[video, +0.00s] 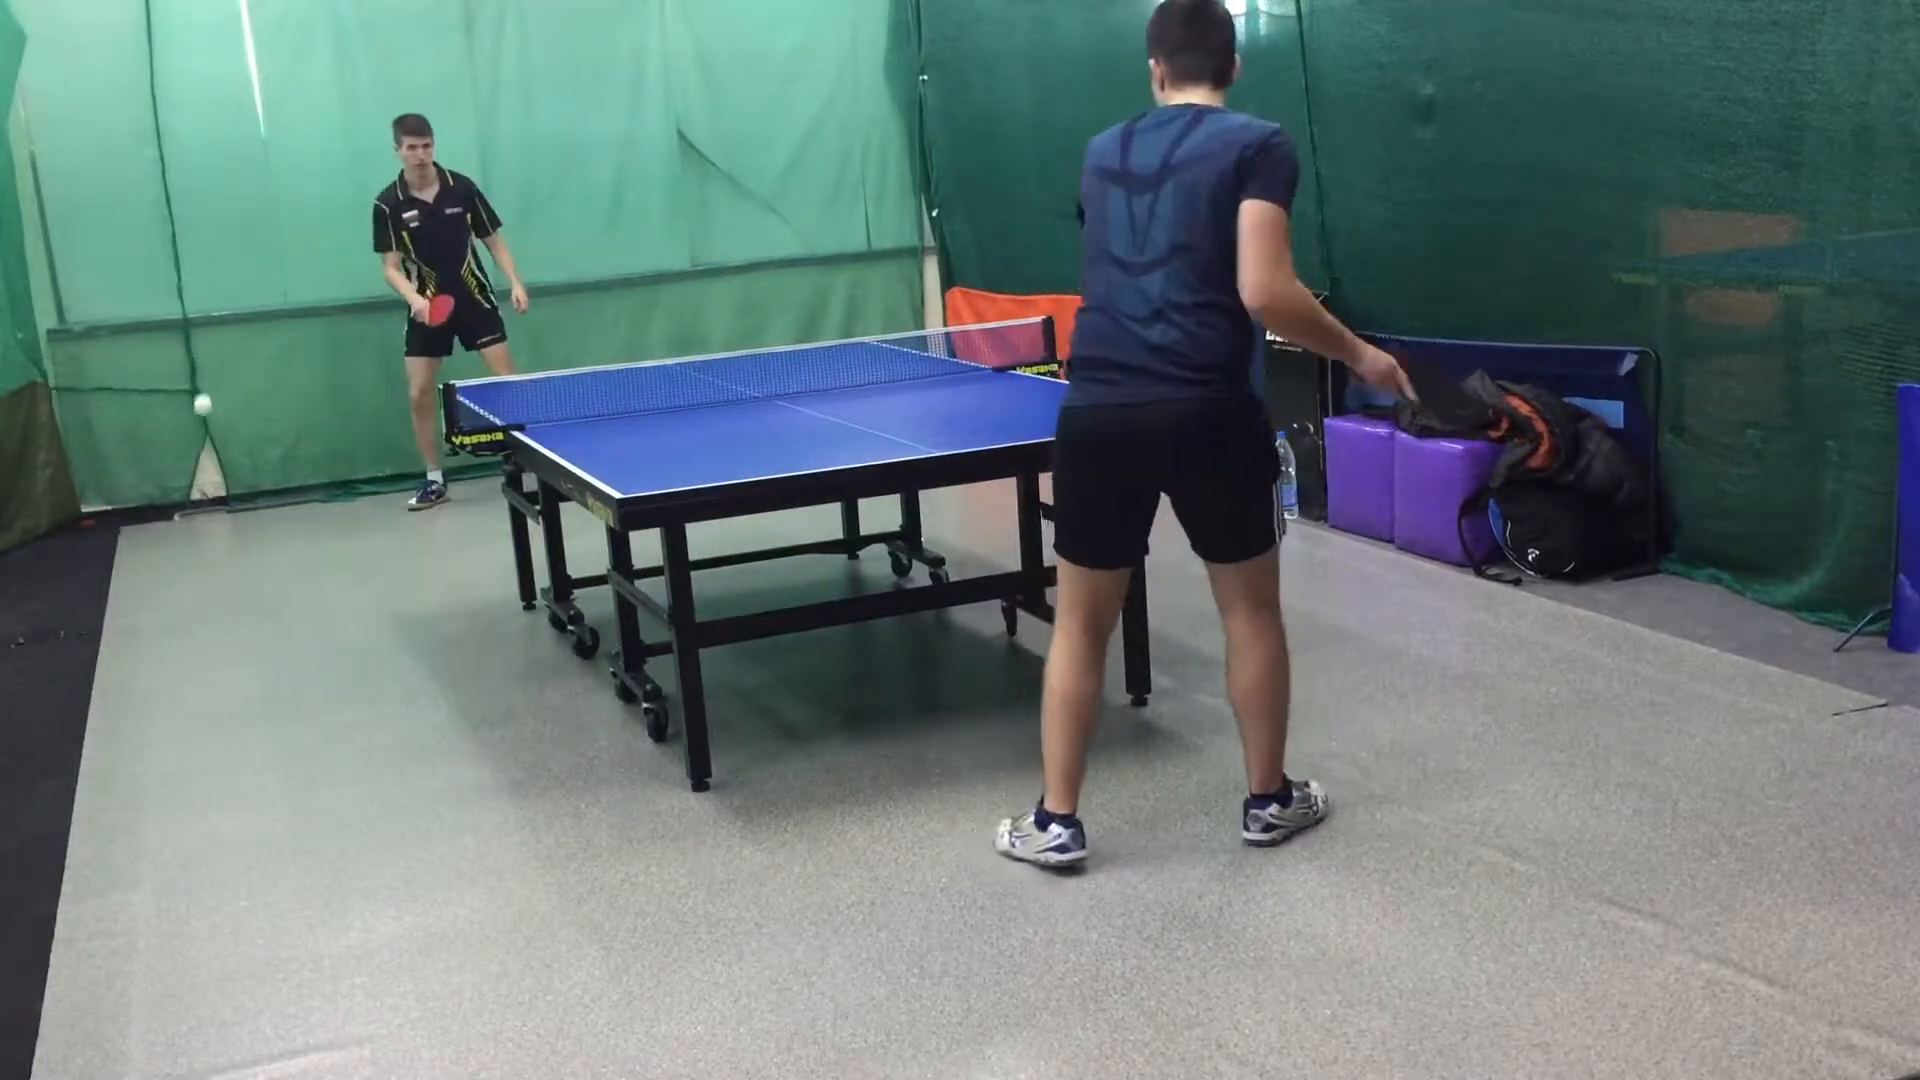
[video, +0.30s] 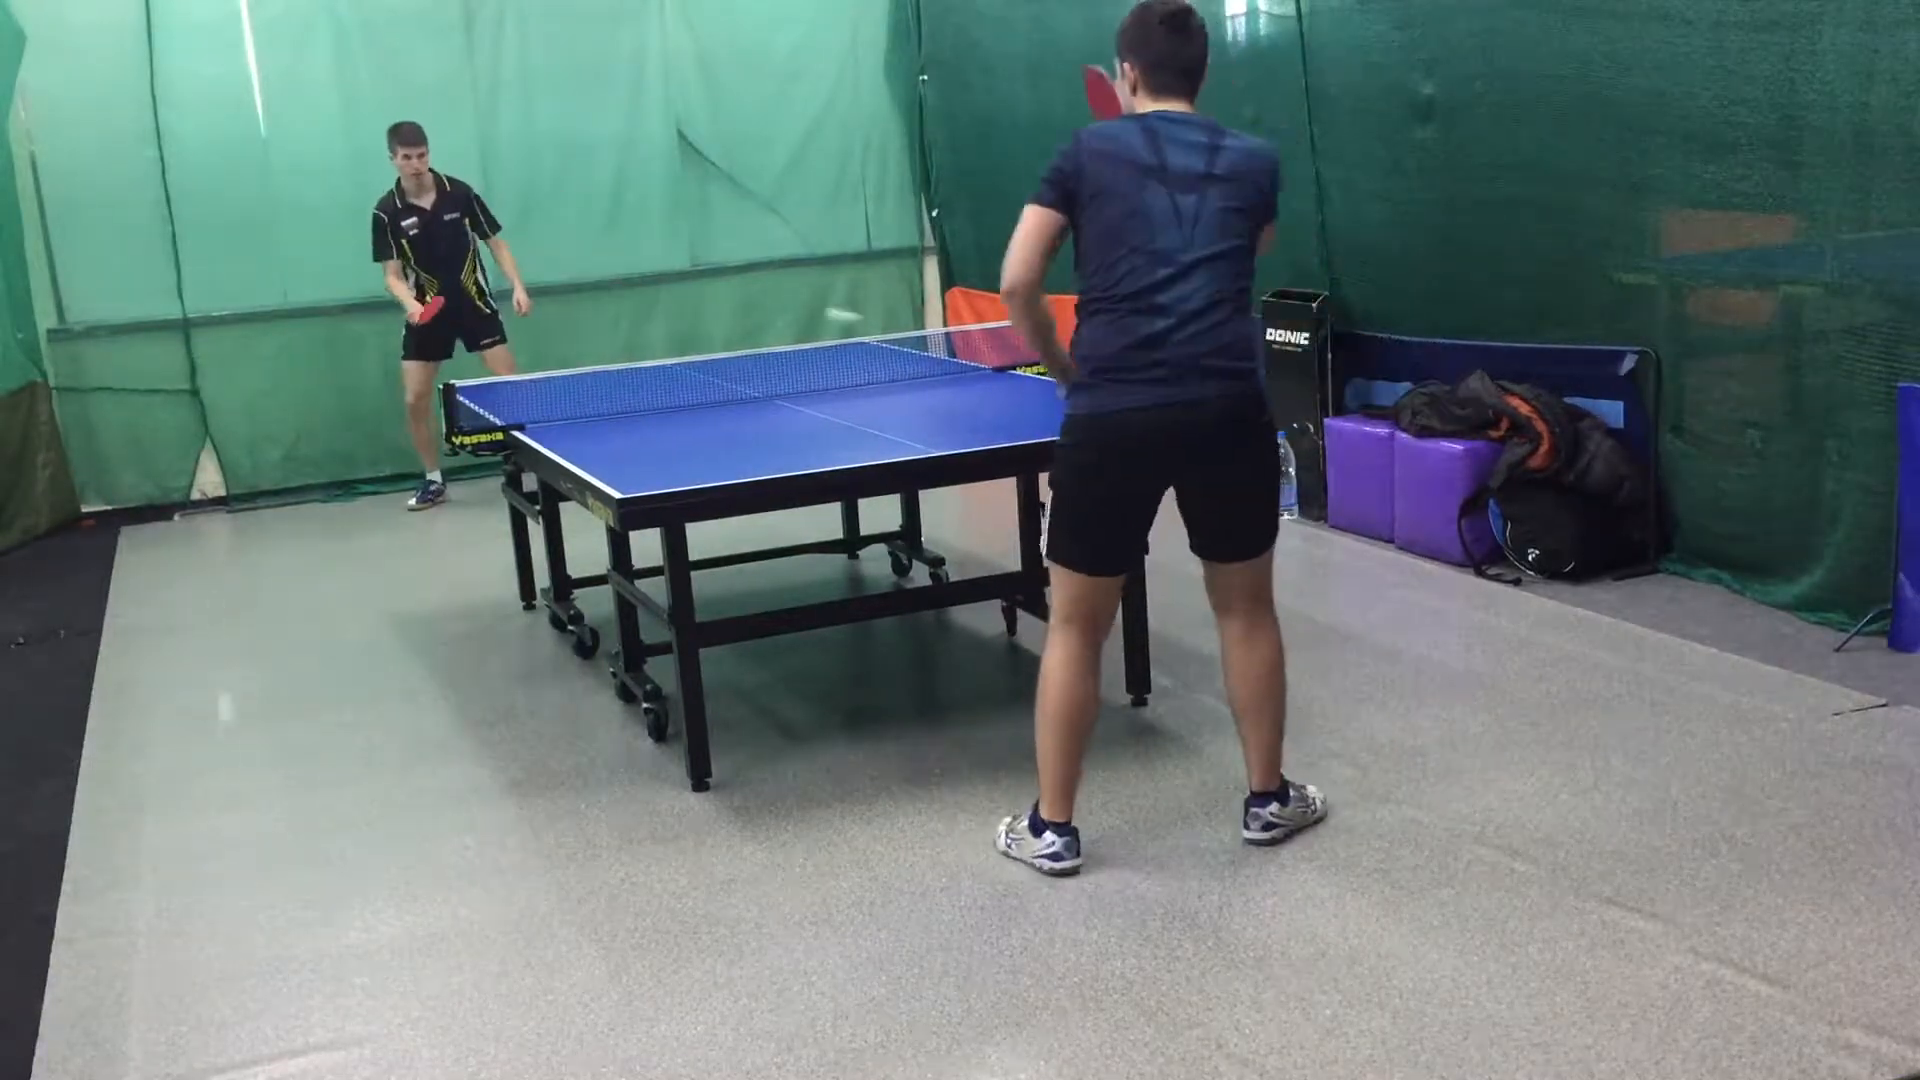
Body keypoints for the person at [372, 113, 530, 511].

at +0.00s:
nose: (420, 155)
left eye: (425, 147)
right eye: (412, 149)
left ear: (434, 146)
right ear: (398, 151)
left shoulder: (462, 189)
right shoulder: (388, 203)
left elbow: (494, 240)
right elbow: (391, 266)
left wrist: (515, 281)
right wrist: (414, 298)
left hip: (474, 298)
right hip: (426, 305)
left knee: (508, 380)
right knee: (419, 394)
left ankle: (521, 468)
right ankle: (434, 481)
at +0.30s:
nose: (414, 164)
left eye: (419, 156)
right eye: (406, 158)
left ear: (429, 154)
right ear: (393, 160)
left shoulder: (460, 193)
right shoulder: (387, 211)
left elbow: (497, 243)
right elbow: (392, 274)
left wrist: (518, 285)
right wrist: (410, 302)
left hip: (473, 302)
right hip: (426, 310)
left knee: (510, 382)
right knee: (416, 398)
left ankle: (522, 468)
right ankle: (434, 480)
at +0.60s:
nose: (376, 217)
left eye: (380, 207)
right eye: (367, 212)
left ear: (389, 199)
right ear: (357, 212)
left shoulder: (427, 233)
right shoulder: (377, 255)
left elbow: (442, 296)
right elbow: (389, 318)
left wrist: (410, 339)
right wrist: (367, 360)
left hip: (483, 316)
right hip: (441, 322)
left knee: (518, 392)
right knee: (405, 397)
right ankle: (428, 489)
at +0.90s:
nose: (349, 259)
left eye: (351, 248)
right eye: (340, 254)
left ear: (367, 237)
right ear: (336, 254)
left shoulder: (405, 260)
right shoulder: (374, 289)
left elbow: (458, 276)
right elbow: (402, 349)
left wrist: (436, 312)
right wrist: (383, 389)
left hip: (487, 352)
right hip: (439, 355)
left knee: (512, 420)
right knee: (395, 416)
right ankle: (429, 490)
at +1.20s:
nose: (398, 179)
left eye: (403, 170)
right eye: (390, 174)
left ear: (418, 167)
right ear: (381, 177)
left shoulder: (453, 200)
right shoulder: (387, 223)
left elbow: (512, 219)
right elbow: (392, 267)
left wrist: (544, 212)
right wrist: (405, 216)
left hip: (481, 322)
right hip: (431, 335)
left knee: (534, 388)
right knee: (417, 422)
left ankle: (536, 470)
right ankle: (420, 486)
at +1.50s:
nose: (441, 174)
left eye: (445, 166)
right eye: (431, 168)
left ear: (452, 165)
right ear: (416, 172)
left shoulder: (480, 205)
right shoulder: (409, 225)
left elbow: (529, 247)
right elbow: (407, 291)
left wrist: (569, 272)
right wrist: (431, 274)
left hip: (493, 318)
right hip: (443, 326)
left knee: (546, 388)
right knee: (412, 412)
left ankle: (528, 476)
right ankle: (397, 496)